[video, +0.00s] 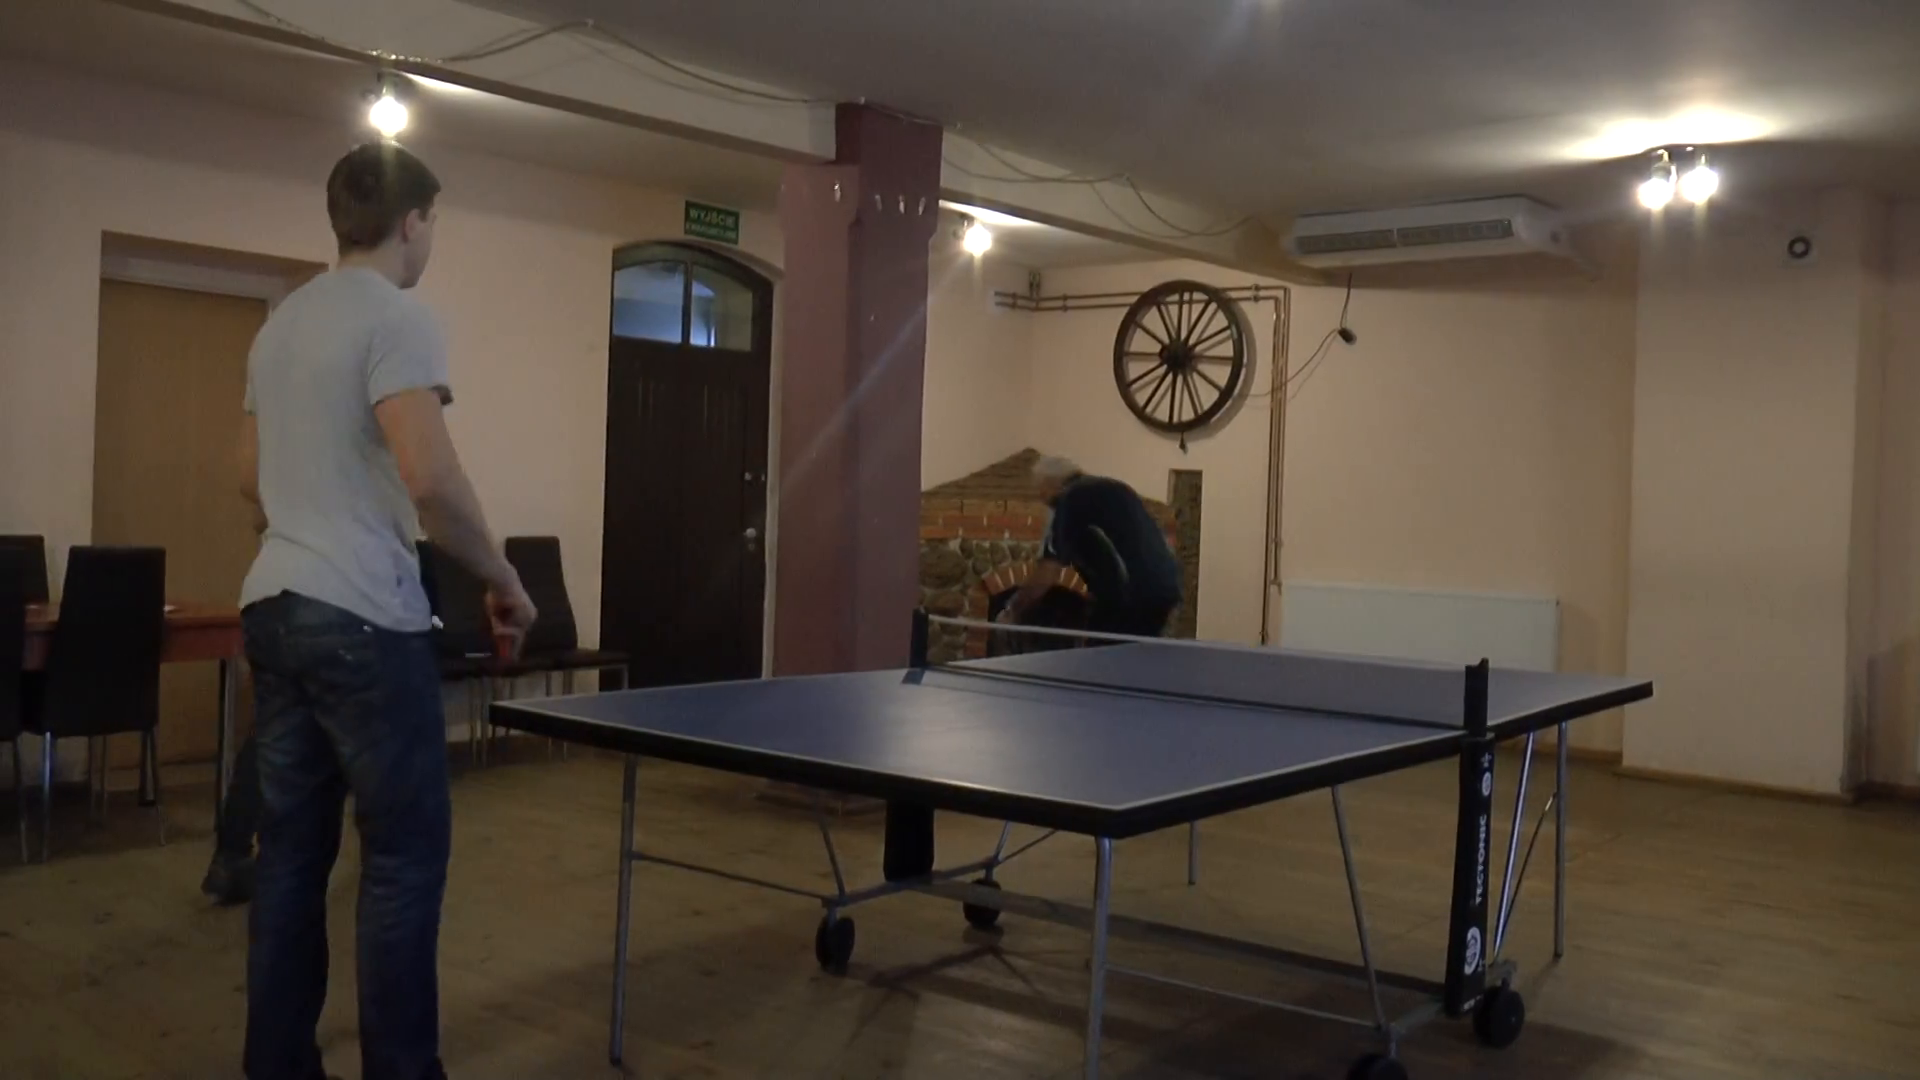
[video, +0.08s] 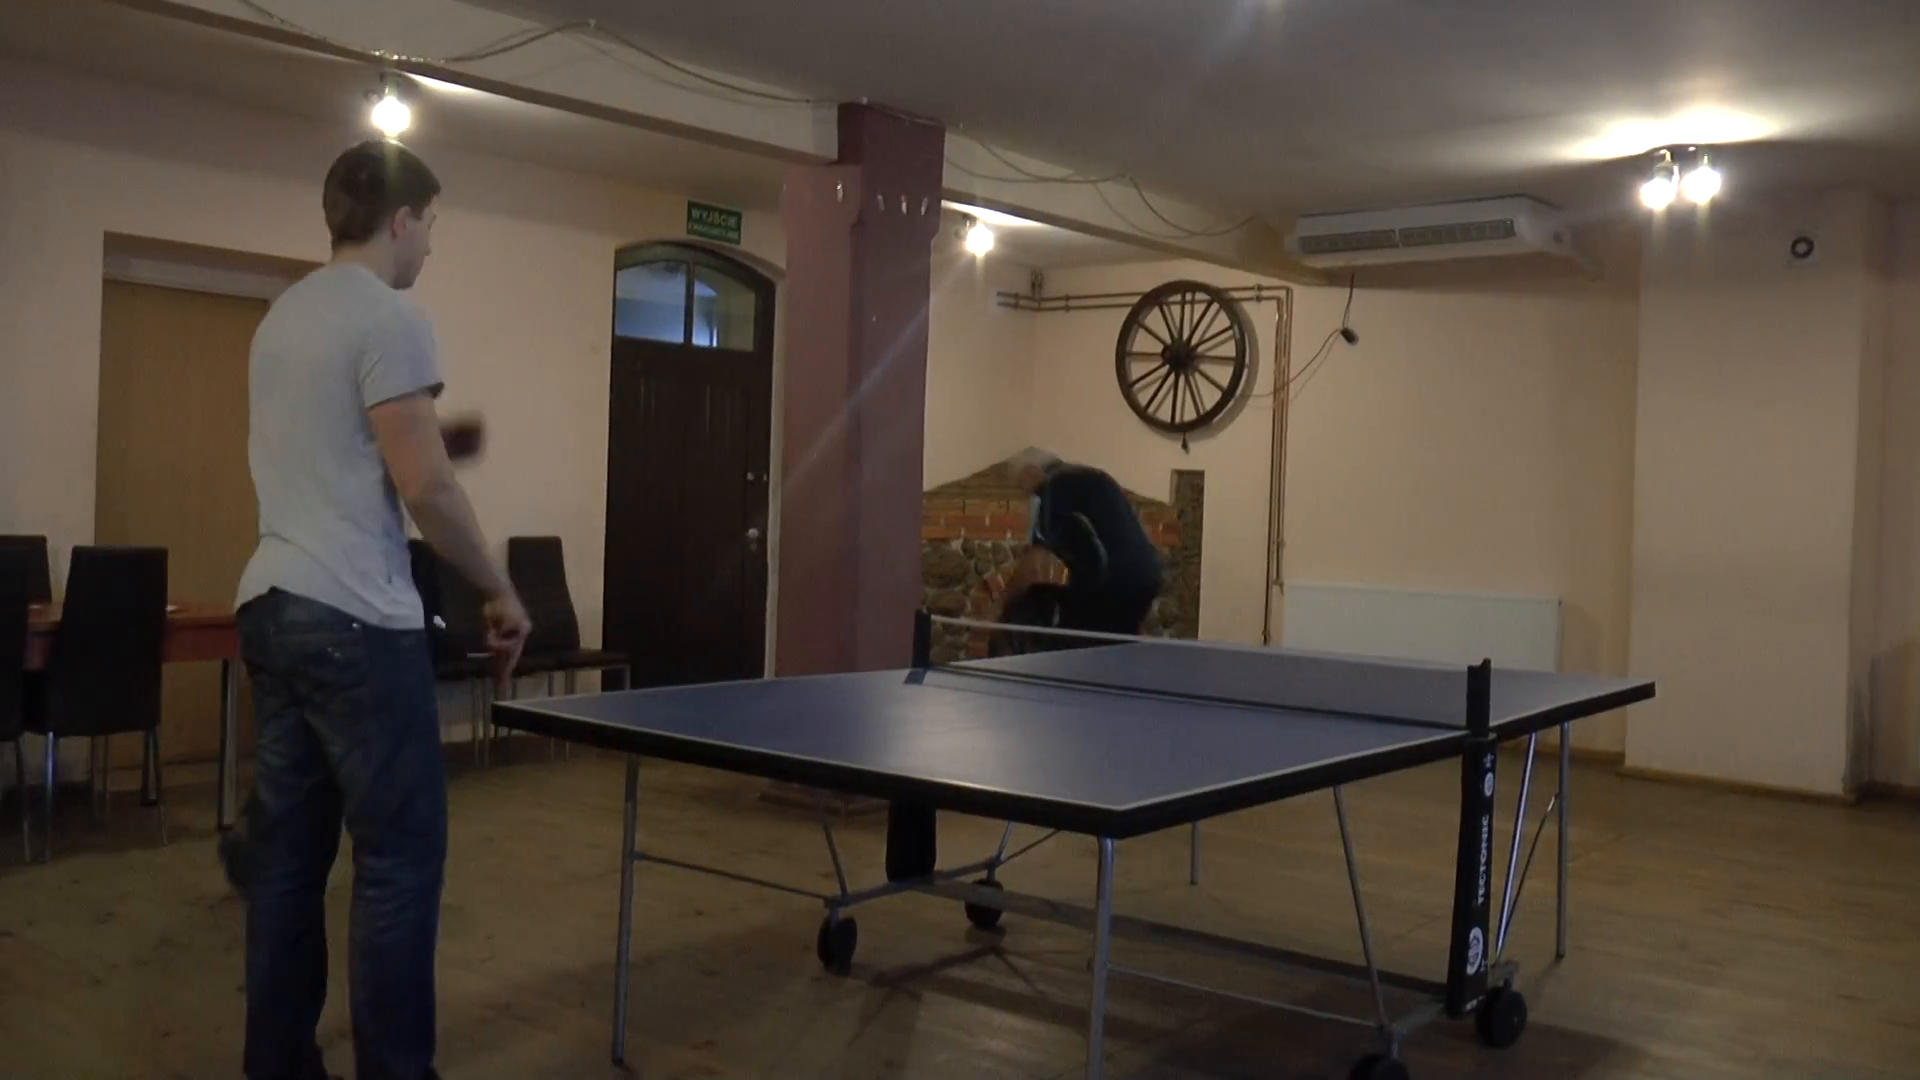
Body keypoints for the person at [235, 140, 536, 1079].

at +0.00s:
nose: (432, 242)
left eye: (432, 226)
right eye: (432, 225)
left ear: (342, 221)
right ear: (409, 223)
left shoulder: (280, 320)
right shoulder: (394, 315)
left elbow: (256, 477)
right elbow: (430, 476)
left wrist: (338, 541)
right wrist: (501, 576)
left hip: (273, 610)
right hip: (365, 616)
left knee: (291, 856)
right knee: (407, 855)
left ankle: (278, 1064)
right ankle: (403, 1065)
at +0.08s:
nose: (429, 246)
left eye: (431, 228)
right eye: (429, 226)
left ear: (339, 218)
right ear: (401, 220)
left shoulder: (285, 313)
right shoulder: (384, 317)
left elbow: (315, 456)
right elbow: (425, 487)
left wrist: (426, 442)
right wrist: (498, 588)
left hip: (271, 609)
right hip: (359, 618)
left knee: (289, 852)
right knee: (402, 854)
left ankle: (281, 1063)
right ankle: (398, 1063)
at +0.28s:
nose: (431, 256)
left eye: (436, 240)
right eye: (430, 236)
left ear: (344, 216)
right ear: (391, 217)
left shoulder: (277, 306)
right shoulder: (378, 314)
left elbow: (333, 427)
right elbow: (423, 493)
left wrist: (421, 350)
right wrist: (460, 593)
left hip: (271, 608)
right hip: (355, 623)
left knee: (291, 856)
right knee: (375, 870)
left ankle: (276, 1064)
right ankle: (337, 1068)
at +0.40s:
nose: (438, 265)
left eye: (445, 250)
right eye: (438, 243)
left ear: (357, 218)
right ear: (396, 218)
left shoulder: (281, 303)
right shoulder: (376, 313)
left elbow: (336, 415)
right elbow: (422, 498)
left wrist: (414, 317)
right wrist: (472, 602)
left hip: (279, 613)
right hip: (361, 634)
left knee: (293, 864)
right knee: (361, 887)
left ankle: (276, 1062)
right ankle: (315, 1068)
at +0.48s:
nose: (445, 269)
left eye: (455, 253)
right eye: (447, 245)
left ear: (360, 220)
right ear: (405, 221)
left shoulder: (289, 300)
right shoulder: (376, 315)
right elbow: (426, 502)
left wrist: (422, 311)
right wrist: (492, 620)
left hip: (285, 625)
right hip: (360, 645)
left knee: (298, 872)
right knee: (358, 893)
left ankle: (277, 1062)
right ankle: (311, 1069)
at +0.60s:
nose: (463, 269)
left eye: (472, 254)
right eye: (466, 247)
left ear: (382, 219)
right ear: (427, 220)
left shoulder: (307, 297)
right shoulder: (376, 308)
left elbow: (421, 447)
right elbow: (423, 504)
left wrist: (447, 321)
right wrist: (506, 650)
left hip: (301, 627)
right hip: (365, 647)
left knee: (321, 884)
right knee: (358, 902)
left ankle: (292, 1061)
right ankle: (312, 1069)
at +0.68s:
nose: (473, 270)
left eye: (482, 255)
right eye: (477, 248)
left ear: (399, 219)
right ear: (442, 222)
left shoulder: (321, 294)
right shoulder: (383, 307)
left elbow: (445, 415)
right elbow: (420, 508)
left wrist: (468, 314)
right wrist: (502, 665)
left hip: (312, 632)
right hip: (367, 651)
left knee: (349, 891)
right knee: (361, 901)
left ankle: (321, 1063)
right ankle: (317, 1070)